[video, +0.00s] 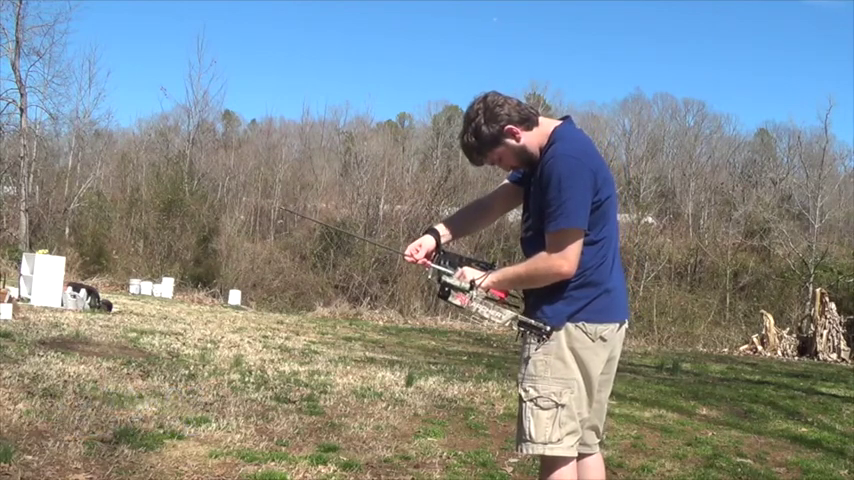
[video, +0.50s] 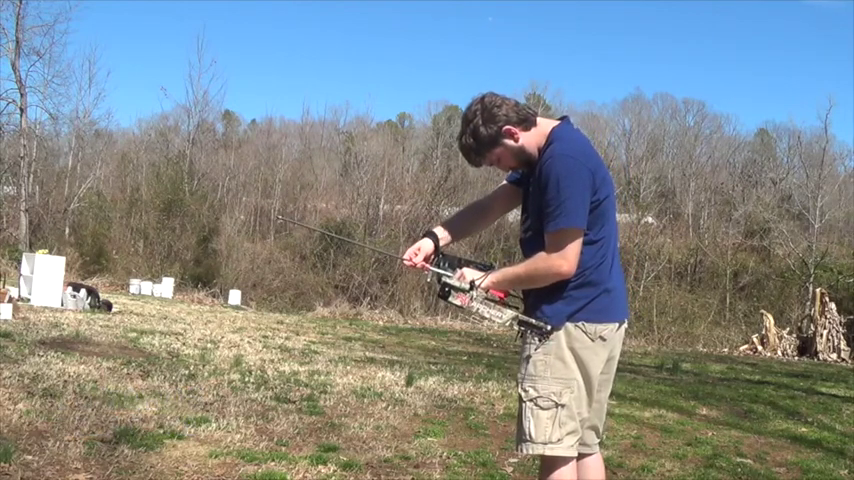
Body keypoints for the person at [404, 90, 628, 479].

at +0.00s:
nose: (500, 166)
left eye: (496, 159)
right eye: (493, 163)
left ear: (512, 132)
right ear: (514, 128)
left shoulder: (565, 159)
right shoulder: (555, 149)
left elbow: (563, 263)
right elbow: (494, 203)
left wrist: (490, 279)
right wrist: (437, 235)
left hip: (570, 319)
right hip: (590, 316)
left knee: (557, 449)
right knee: (585, 445)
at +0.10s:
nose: (500, 166)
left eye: (496, 159)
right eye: (493, 163)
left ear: (512, 132)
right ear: (514, 128)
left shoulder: (565, 159)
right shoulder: (554, 149)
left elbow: (562, 262)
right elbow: (495, 203)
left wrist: (489, 280)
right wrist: (436, 236)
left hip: (571, 319)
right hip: (590, 316)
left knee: (557, 449)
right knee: (585, 445)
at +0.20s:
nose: (500, 166)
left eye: (496, 159)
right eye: (493, 163)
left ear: (512, 133)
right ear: (514, 128)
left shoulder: (564, 160)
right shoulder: (554, 149)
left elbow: (562, 262)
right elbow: (495, 203)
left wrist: (490, 279)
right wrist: (436, 236)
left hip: (571, 320)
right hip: (590, 316)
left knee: (557, 449)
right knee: (585, 445)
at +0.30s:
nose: (500, 167)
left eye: (496, 159)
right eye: (493, 163)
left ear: (512, 133)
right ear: (514, 129)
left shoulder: (564, 160)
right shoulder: (553, 149)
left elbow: (562, 262)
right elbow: (494, 204)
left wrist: (490, 279)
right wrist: (436, 237)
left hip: (571, 319)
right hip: (590, 316)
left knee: (557, 449)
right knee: (585, 445)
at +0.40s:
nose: (499, 167)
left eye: (495, 159)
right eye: (493, 164)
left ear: (511, 133)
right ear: (514, 129)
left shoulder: (564, 159)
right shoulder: (552, 149)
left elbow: (562, 262)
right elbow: (494, 205)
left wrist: (489, 280)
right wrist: (436, 238)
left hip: (571, 319)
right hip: (589, 315)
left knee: (557, 449)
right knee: (584, 445)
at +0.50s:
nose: (499, 167)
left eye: (495, 160)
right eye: (492, 164)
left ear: (511, 133)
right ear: (513, 129)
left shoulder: (563, 159)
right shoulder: (551, 150)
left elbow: (562, 262)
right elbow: (493, 205)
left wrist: (489, 280)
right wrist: (436, 238)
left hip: (571, 319)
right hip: (589, 315)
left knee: (557, 449)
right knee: (584, 445)